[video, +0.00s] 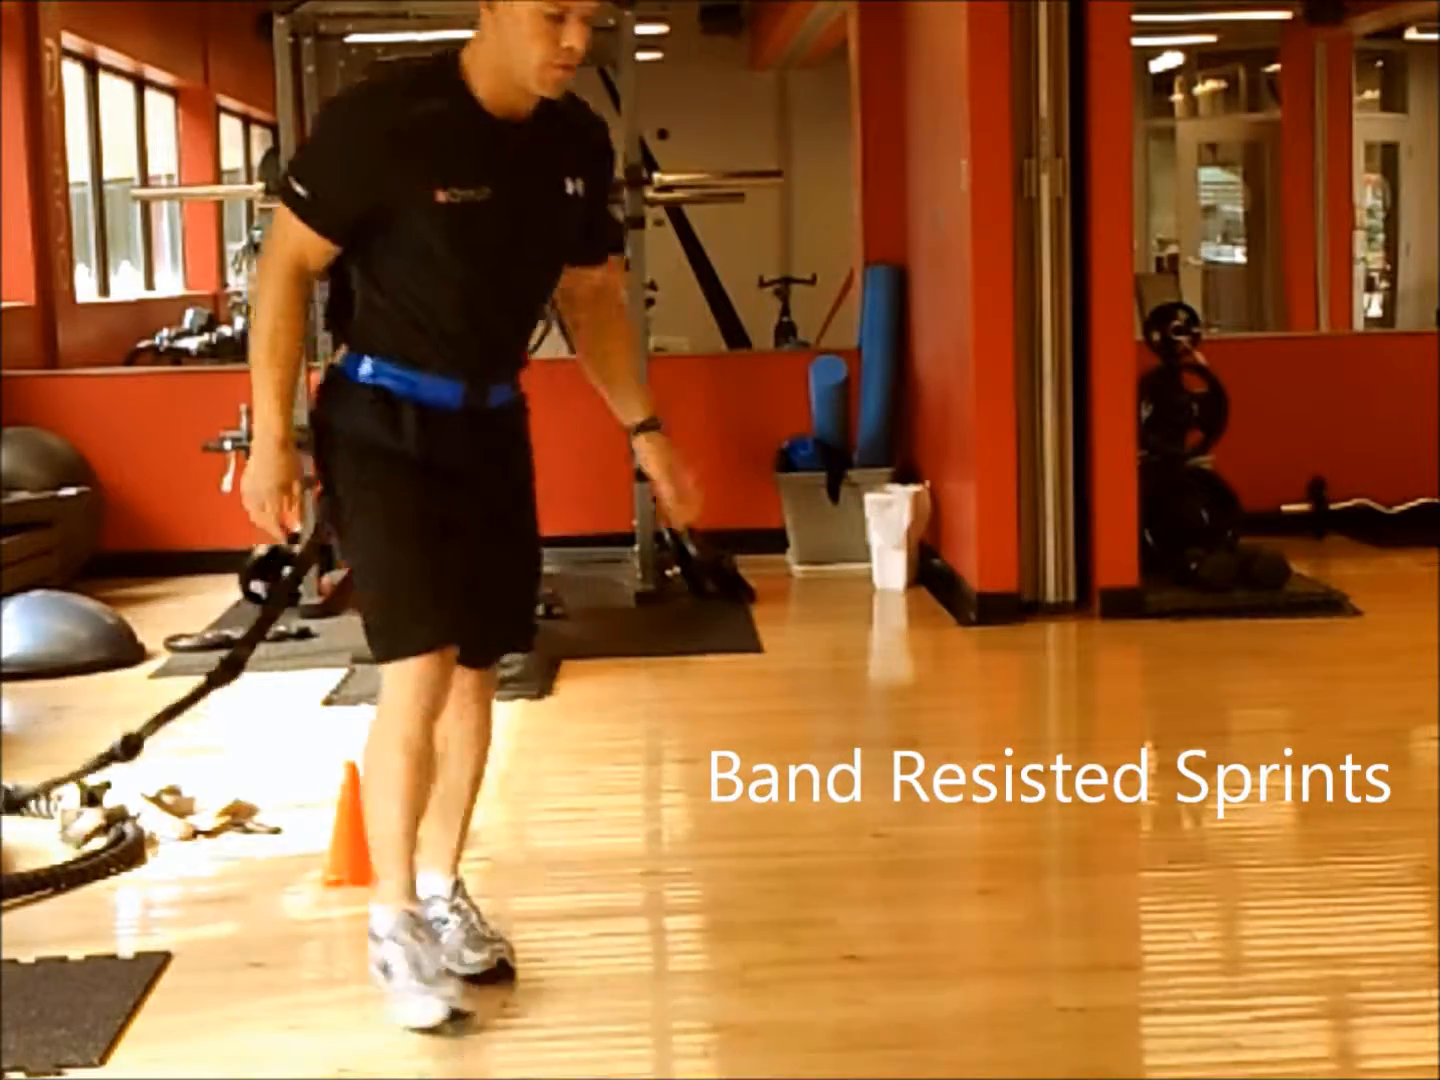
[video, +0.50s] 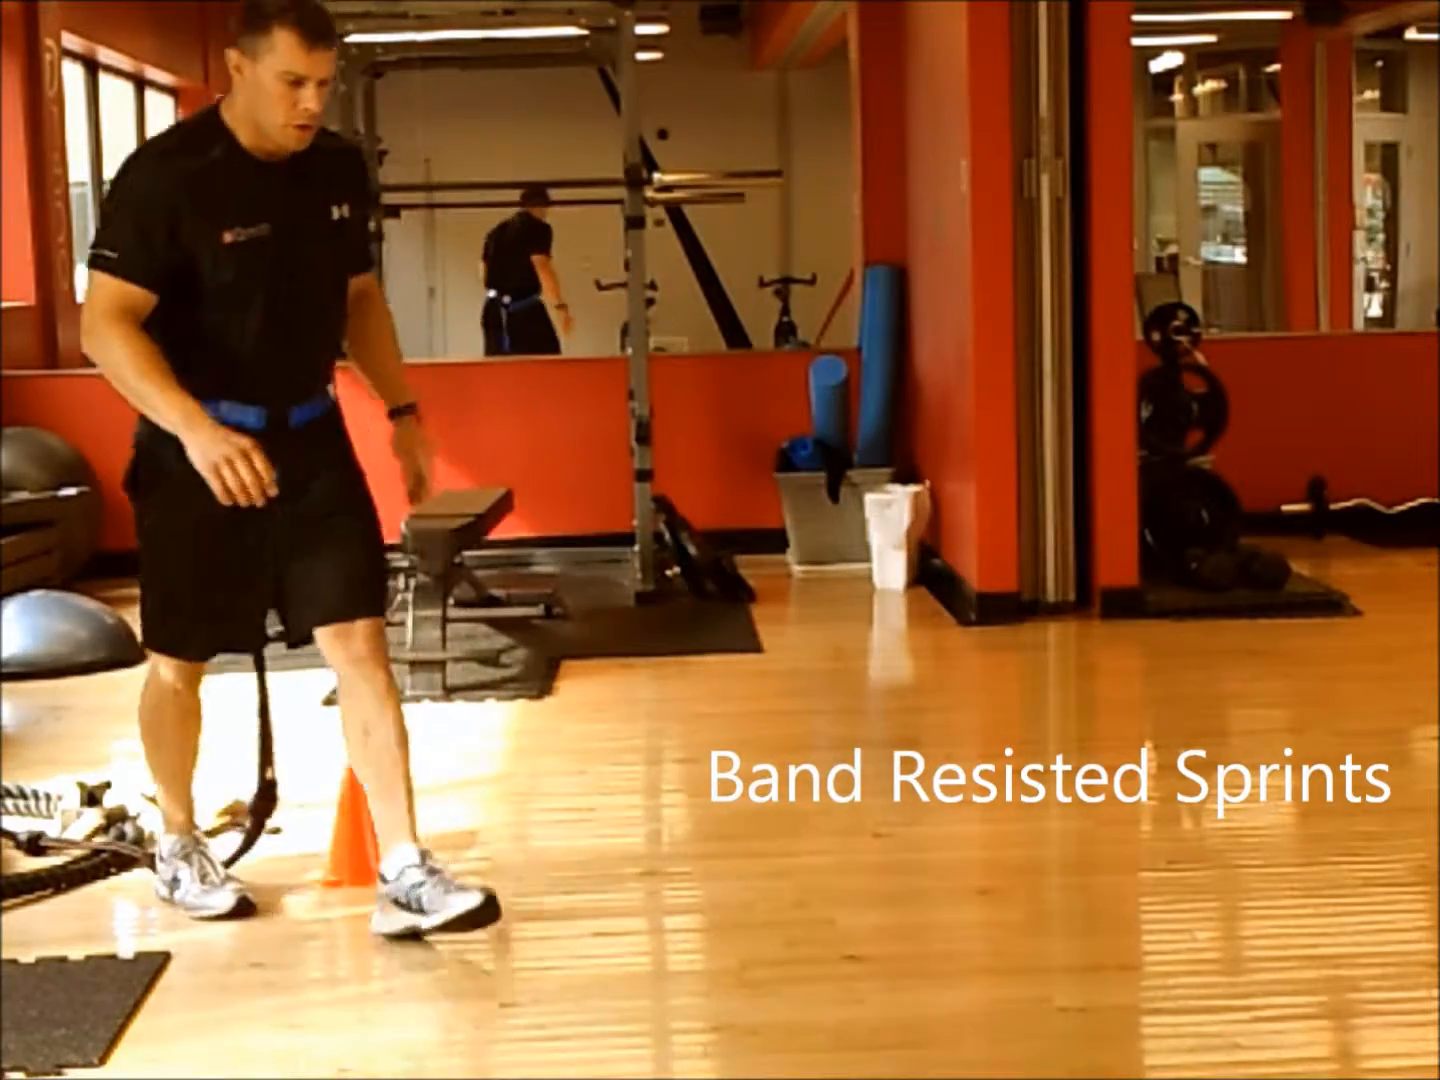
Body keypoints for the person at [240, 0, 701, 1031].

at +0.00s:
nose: (576, 42)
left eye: (589, 24)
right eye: (555, 19)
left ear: (595, 29)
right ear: (491, 11)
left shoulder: (577, 141)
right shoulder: (379, 117)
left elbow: (595, 298)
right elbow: (286, 267)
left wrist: (646, 427)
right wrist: (269, 436)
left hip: (491, 420)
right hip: (381, 415)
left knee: (474, 664)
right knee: (420, 660)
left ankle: (437, 891)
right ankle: (392, 923)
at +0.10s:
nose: (514, 23)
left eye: (520, 5)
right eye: (490, 4)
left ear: (522, 15)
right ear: (429, 11)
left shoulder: (532, 125)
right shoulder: (333, 113)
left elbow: (544, 270)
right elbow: (230, 251)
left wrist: (561, 388)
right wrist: (274, 409)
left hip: (463, 419)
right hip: (347, 416)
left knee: (461, 662)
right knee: (358, 657)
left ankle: (442, 889)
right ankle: (288, 840)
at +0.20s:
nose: (465, 45)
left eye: (475, 26)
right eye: (443, 22)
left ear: (477, 33)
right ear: (381, 19)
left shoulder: (481, 140)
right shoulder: (290, 128)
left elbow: (498, 265)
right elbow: (196, 270)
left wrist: (507, 368)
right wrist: (273, 404)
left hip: (431, 428)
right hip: (313, 432)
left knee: (450, 653)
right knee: (299, 648)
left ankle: (437, 893)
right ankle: (216, 805)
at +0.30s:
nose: (413, 65)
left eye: (422, 45)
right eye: (394, 41)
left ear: (426, 44)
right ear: (329, 33)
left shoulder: (424, 147)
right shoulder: (244, 141)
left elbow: (438, 276)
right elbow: (172, 288)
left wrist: (469, 381)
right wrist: (260, 408)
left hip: (386, 432)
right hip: (266, 438)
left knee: (421, 653)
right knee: (238, 650)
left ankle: (436, 893)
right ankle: (192, 818)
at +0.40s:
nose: (356, 100)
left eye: (368, 79)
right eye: (337, 78)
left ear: (376, 75)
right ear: (277, 63)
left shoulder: (372, 168)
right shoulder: (199, 173)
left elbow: (380, 294)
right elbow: (132, 324)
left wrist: (439, 413)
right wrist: (238, 418)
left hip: (343, 449)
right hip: (224, 460)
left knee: (386, 652)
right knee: (198, 666)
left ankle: (431, 885)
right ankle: (180, 840)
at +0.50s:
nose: (313, 104)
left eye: (324, 84)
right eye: (295, 84)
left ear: (331, 77)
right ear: (236, 69)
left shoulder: (339, 167)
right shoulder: (162, 175)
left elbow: (359, 299)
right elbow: (103, 323)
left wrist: (404, 412)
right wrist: (197, 426)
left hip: (309, 441)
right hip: (193, 450)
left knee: (359, 642)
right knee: (178, 661)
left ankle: (405, 868)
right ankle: (180, 847)